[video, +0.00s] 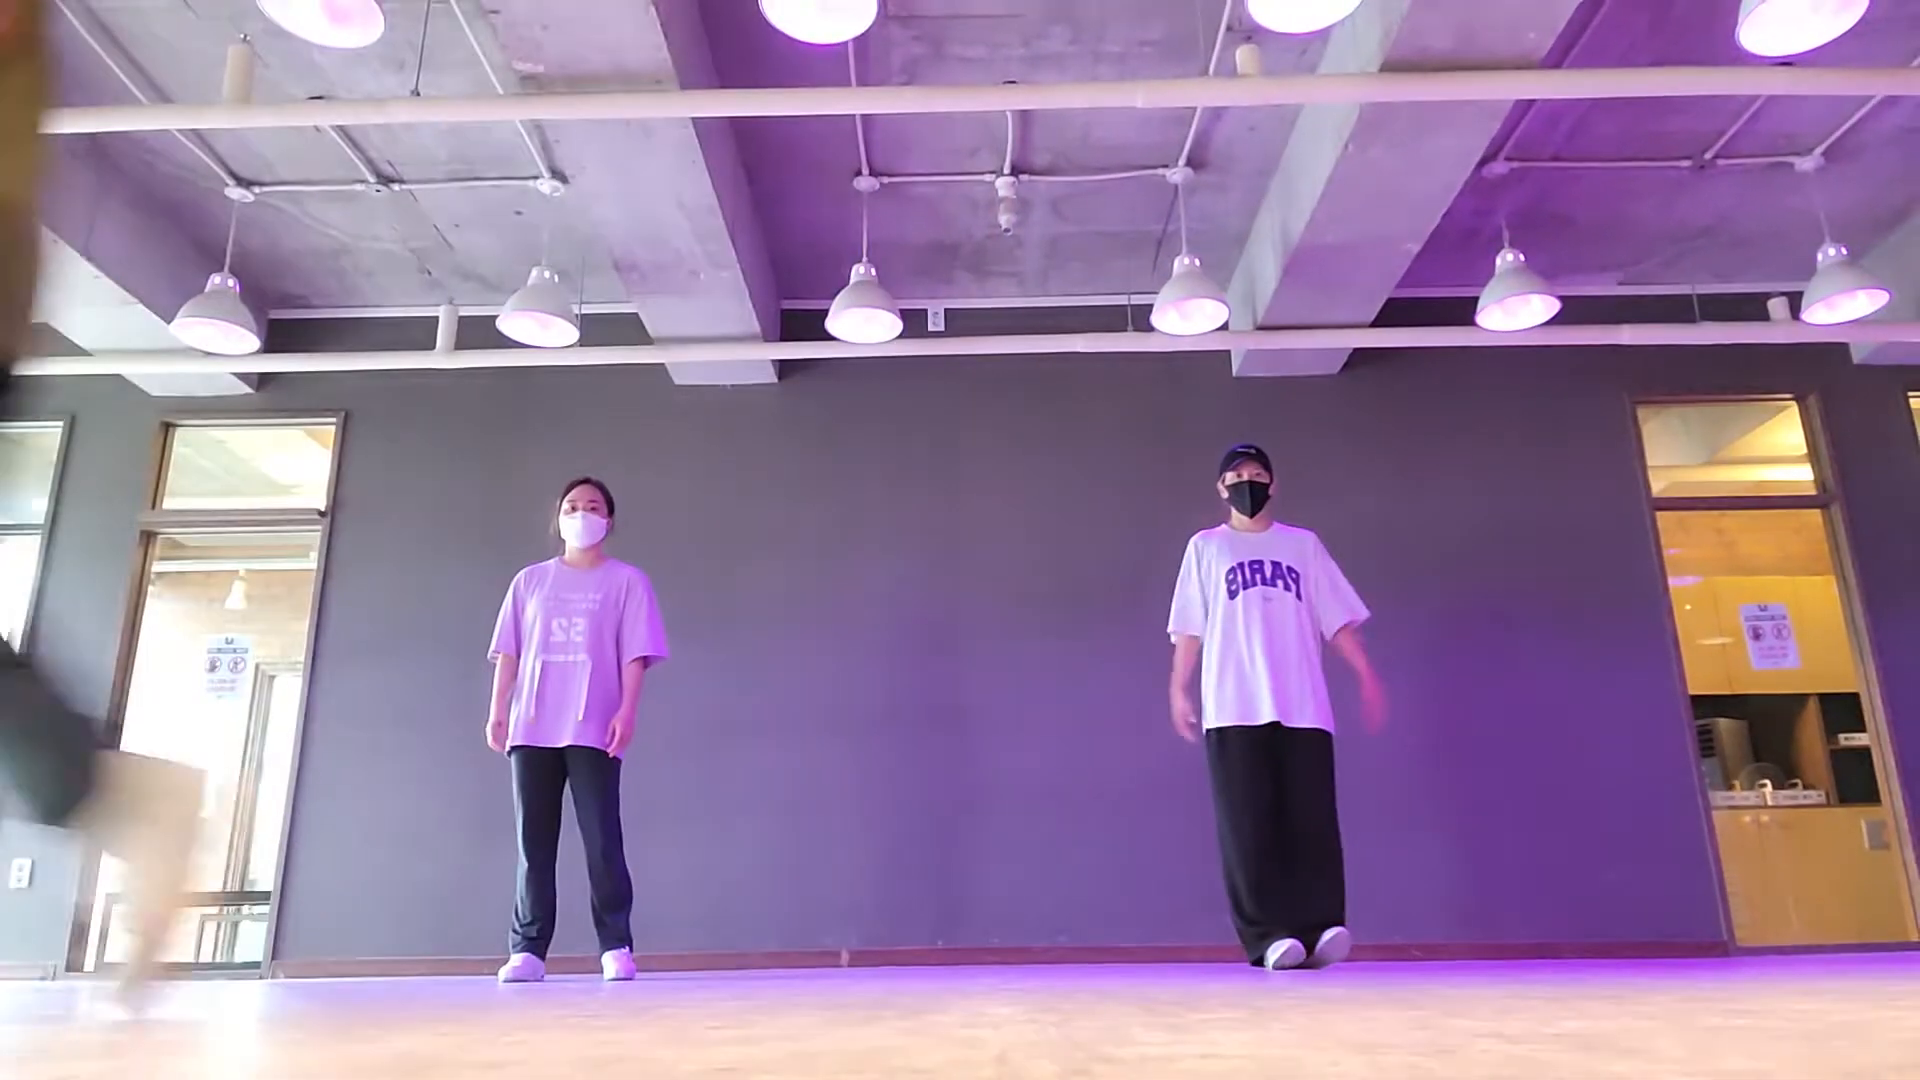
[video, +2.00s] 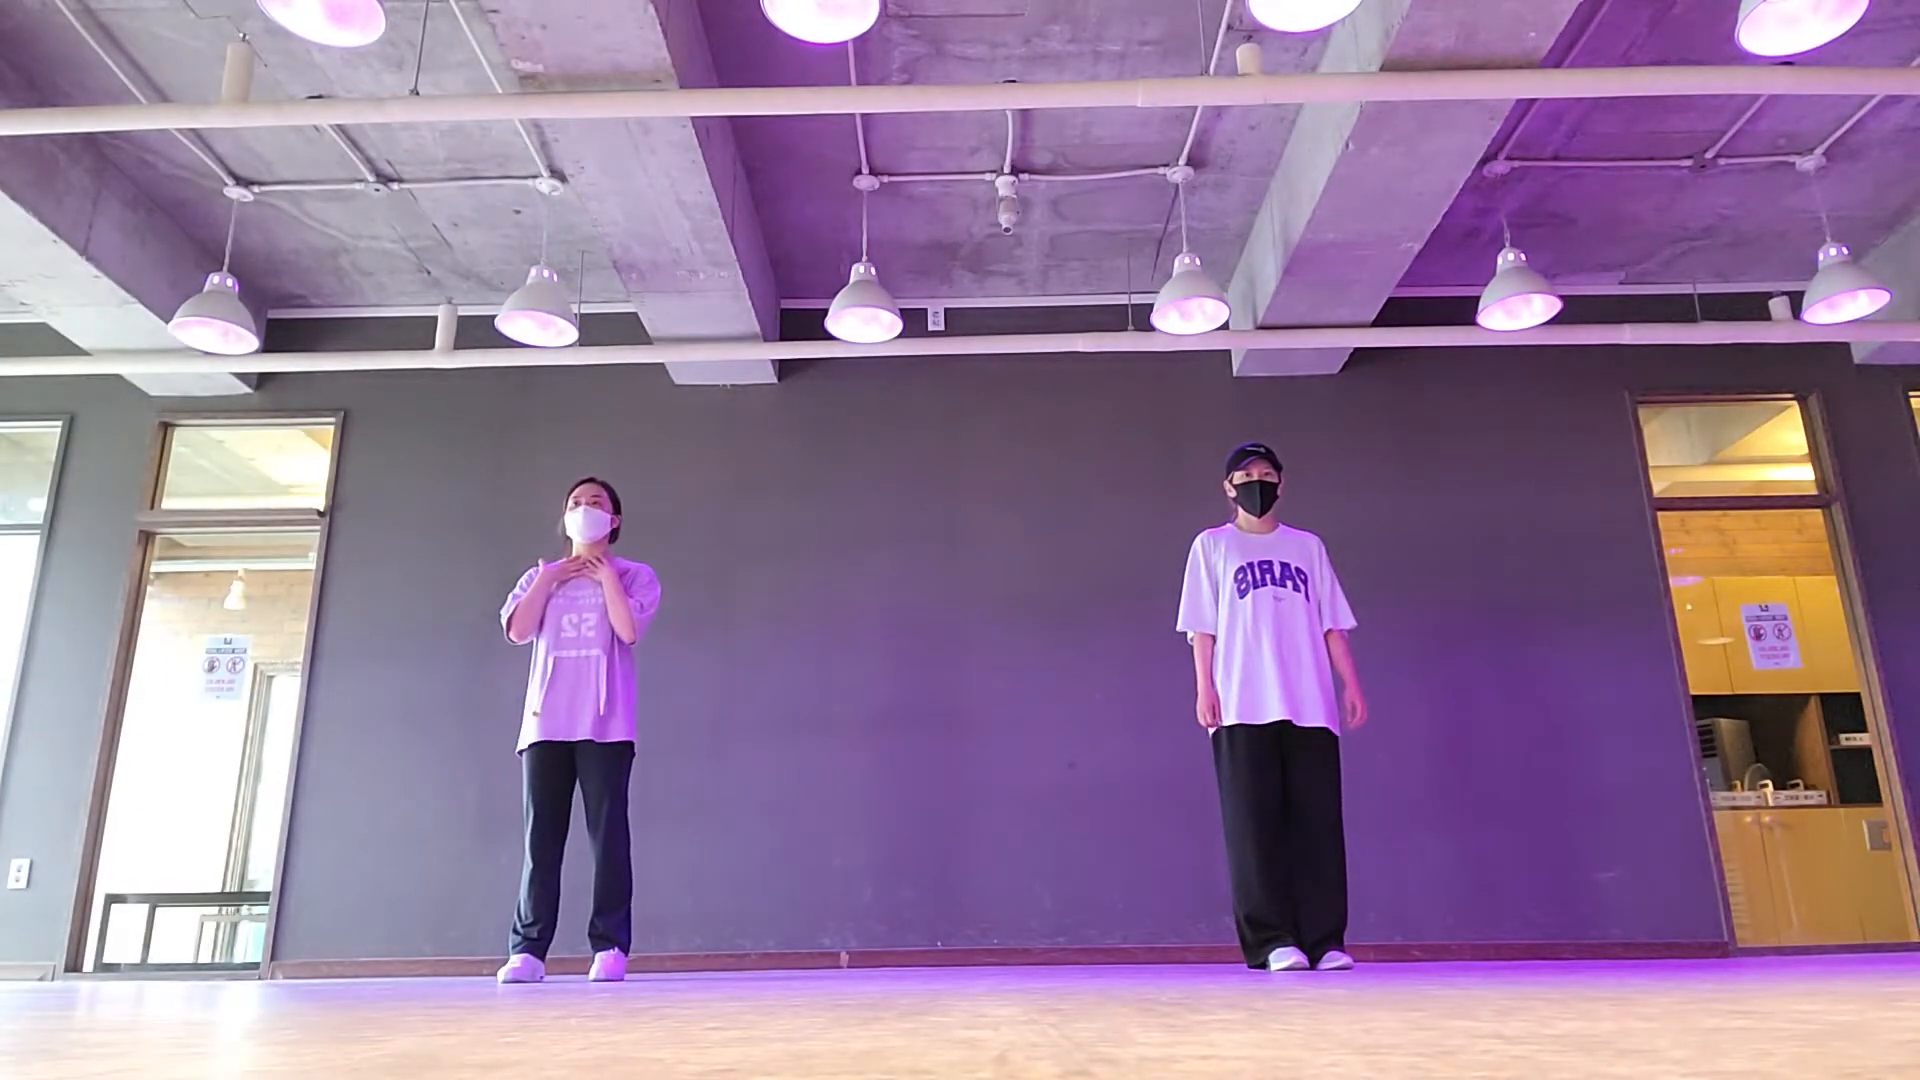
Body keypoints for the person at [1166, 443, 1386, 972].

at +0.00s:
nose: (1248, 485)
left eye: (1257, 477)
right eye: (1237, 478)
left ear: (1272, 486)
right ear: (1221, 488)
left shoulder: (1304, 544)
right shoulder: (1204, 548)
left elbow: (1337, 622)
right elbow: (1190, 629)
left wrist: (1367, 675)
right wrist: (1179, 689)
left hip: (1302, 701)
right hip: (1235, 704)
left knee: (1310, 816)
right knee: (1250, 823)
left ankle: (1320, 931)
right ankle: (1269, 940)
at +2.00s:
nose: (1258, 483)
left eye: (1267, 475)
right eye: (1246, 475)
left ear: (1280, 485)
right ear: (1230, 486)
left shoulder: (1309, 547)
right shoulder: (1210, 546)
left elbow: (1333, 627)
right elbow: (1201, 626)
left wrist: (1351, 684)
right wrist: (1206, 688)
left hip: (1309, 704)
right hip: (1244, 706)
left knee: (1317, 823)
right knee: (1256, 829)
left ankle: (1325, 941)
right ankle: (1271, 944)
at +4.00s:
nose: (1259, 480)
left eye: (1268, 472)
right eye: (1248, 472)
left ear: (1281, 483)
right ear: (1231, 485)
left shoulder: (1311, 543)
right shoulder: (1213, 544)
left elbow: (1336, 621)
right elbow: (1205, 624)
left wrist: (1349, 682)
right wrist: (1208, 685)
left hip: (1311, 702)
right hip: (1245, 706)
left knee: (1318, 823)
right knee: (1256, 828)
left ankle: (1326, 941)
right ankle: (1271, 943)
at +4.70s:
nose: (1259, 481)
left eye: (1268, 473)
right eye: (1248, 473)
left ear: (1282, 481)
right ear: (1230, 484)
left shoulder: (1313, 543)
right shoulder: (1211, 543)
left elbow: (1362, 616)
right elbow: (1181, 621)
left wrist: (1420, 658)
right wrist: (1144, 671)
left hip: (1309, 708)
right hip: (1241, 711)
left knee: (1317, 824)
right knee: (1257, 827)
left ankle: (1325, 941)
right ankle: (1273, 944)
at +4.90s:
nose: (1260, 481)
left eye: (1269, 473)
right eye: (1249, 473)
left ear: (1282, 482)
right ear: (1230, 483)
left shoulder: (1313, 539)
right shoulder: (1208, 542)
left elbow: (1360, 588)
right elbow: (1172, 599)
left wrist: (1404, 600)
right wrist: (1154, 604)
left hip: (1313, 705)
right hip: (1244, 708)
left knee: (1320, 825)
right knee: (1262, 829)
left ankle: (1327, 942)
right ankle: (1276, 945)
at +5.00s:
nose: (1260, 478)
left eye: (1269, 470)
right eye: (1249, 470)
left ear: (1281, 479)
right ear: (1231, 481)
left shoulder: (1313, 538)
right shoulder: (1209, 539)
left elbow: (1368, 597)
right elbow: (1172, 610)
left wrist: (1369, 584)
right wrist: (1205, 566)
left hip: (1311, 704)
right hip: (1242, 707)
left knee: (1319, 821)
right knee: (1262, 827)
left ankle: (1328, 942)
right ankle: (1276, 945)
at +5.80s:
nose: (1271, 489)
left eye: (1280, 482)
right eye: (1260, 481)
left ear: (1290, 494)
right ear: (1240, 492)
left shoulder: (1315, 555)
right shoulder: (1215, 545)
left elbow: (1364, 615)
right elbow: (1179, 604)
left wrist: (1348, 550)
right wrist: (1185, 634)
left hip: (1317, 715)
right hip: (1249, 713)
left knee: (1332, 832)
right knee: (1267, 831)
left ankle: (1325, 943)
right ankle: (1275, 946)